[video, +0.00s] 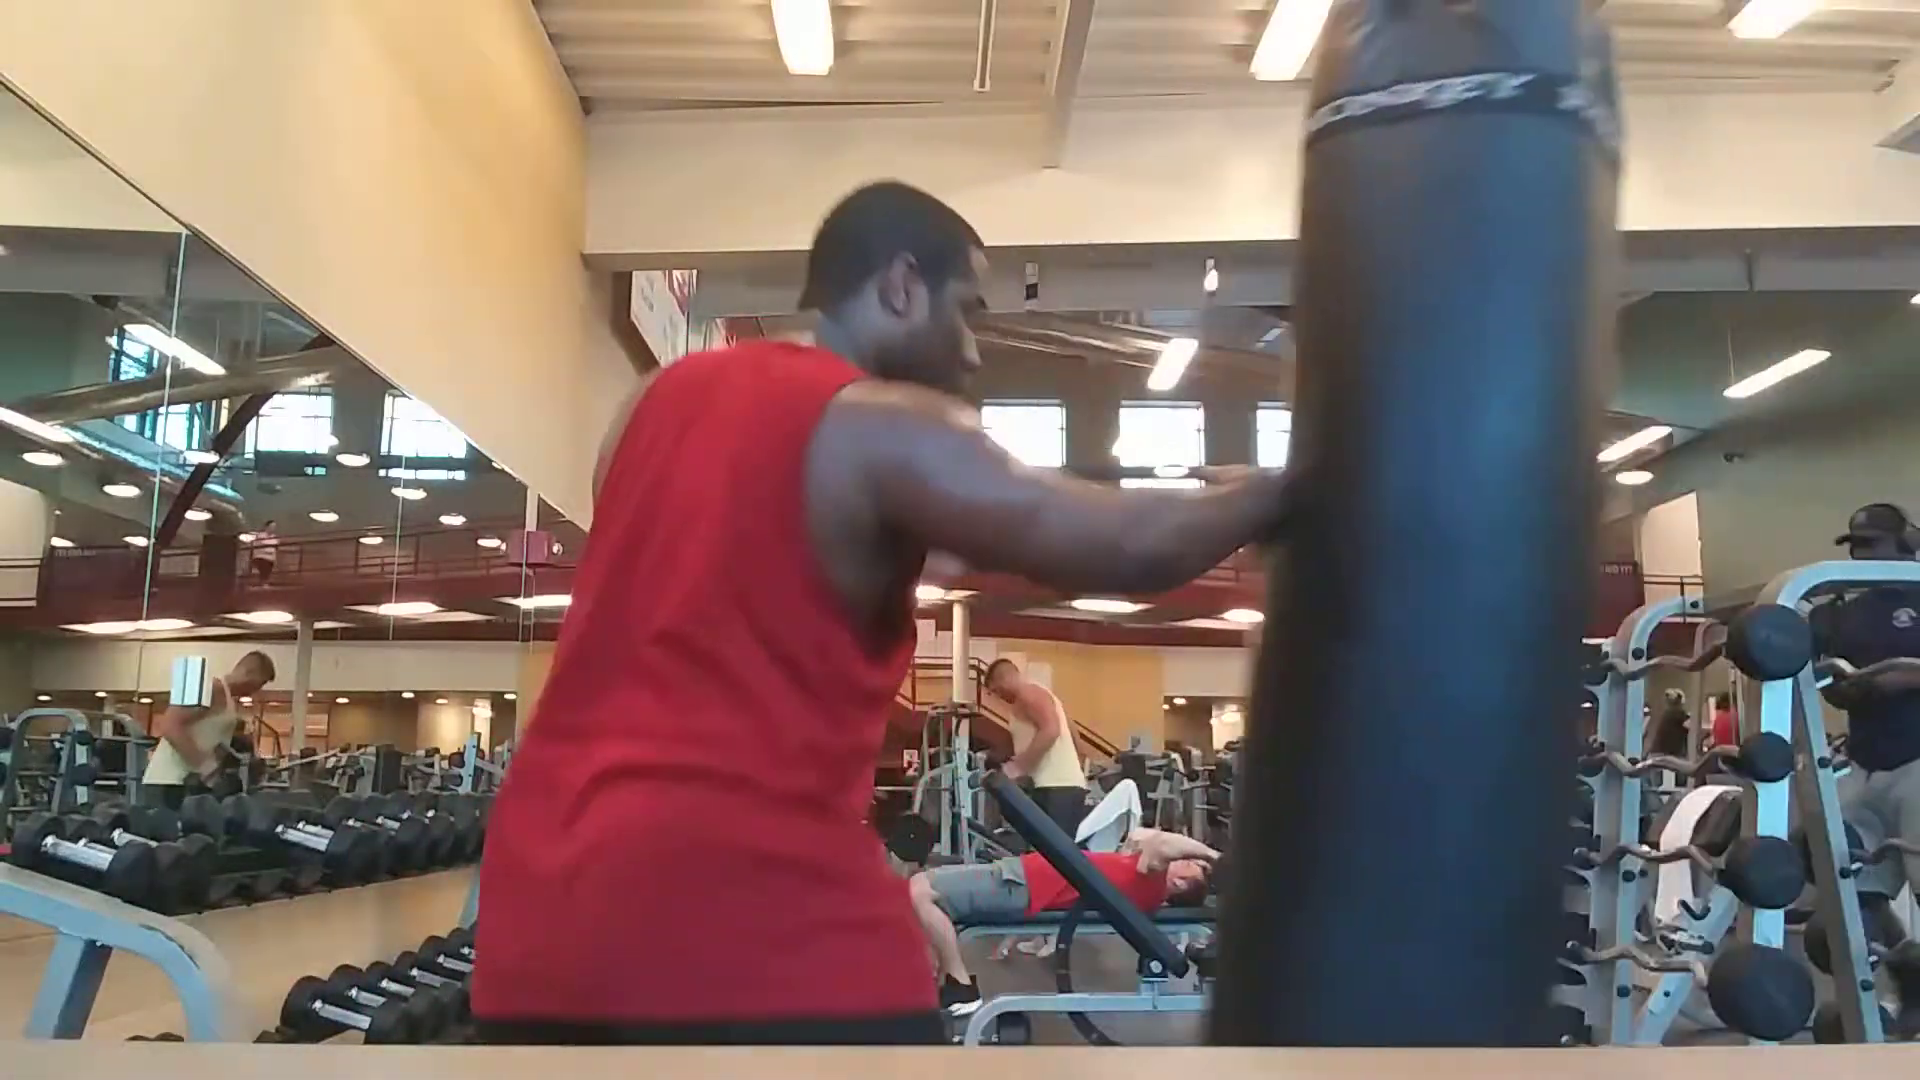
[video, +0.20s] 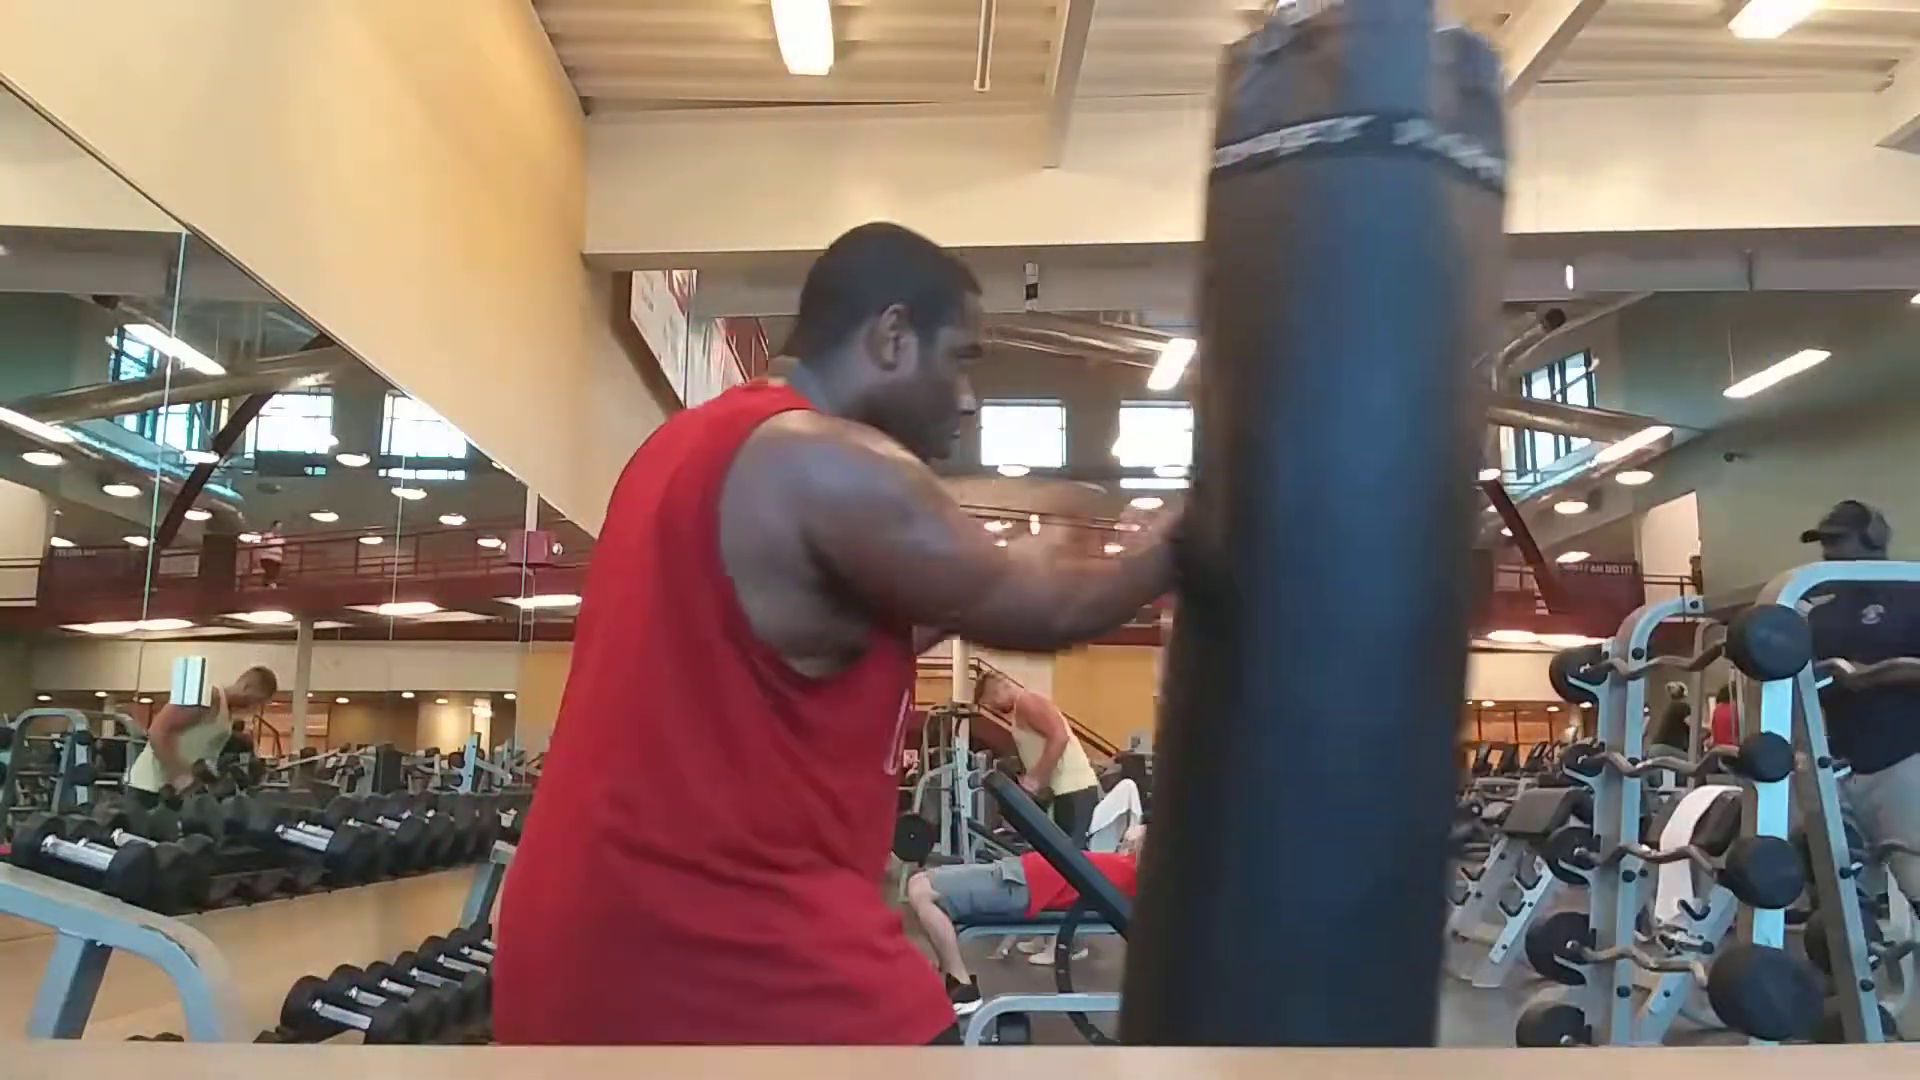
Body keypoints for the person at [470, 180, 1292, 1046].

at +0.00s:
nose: (970, 348)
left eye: (975, 322)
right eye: (967, 315)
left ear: (830, 283)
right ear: (900, 287)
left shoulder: (652, 401)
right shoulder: (877, 424)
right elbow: (1135, 546)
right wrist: (1291, 488)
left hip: (538, 895)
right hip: (751, 894)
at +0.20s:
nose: (966, 397)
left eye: (970, 367)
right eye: (961, 360)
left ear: (874, 340)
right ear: (890, 338)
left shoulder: (684, 442)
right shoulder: (832, 466)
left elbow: (873, 622)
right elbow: (1051, 606)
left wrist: (1031, 558)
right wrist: (1166, 549)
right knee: (926, 1059)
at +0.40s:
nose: (879, 380)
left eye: (888, 348)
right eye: (879, 340)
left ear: (732, 314)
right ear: (818, 313)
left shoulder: (604, 429)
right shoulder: (803, 454)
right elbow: (983, 661)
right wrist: (1160, 648)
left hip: (555, 897)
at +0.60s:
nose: (865, 341)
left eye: (867, 318)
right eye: (864, 313)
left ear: (705, 292)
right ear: (814, 291)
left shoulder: (567, 399)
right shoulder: (836, 424)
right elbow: (1018, 580)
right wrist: (1246, 548)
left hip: (548, 903)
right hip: (768, 890)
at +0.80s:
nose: (922, 354)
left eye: (928, 332)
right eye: (924, 326)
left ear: (789, 294)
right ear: (875, 299)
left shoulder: (621, 420)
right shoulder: (908, 435)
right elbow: (1084, 599)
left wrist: (1015, 510)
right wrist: (1216, 498)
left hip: (602, 905)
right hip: (832, 891)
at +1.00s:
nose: (1032, 354)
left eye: (1040, 335)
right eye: (1035, 332)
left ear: (893, 302)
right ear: (987, 301)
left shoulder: (749, 422)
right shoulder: (1002, 415)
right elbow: (1163, 593)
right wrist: (1216, 521)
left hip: (729, 866)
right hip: (946, 860)